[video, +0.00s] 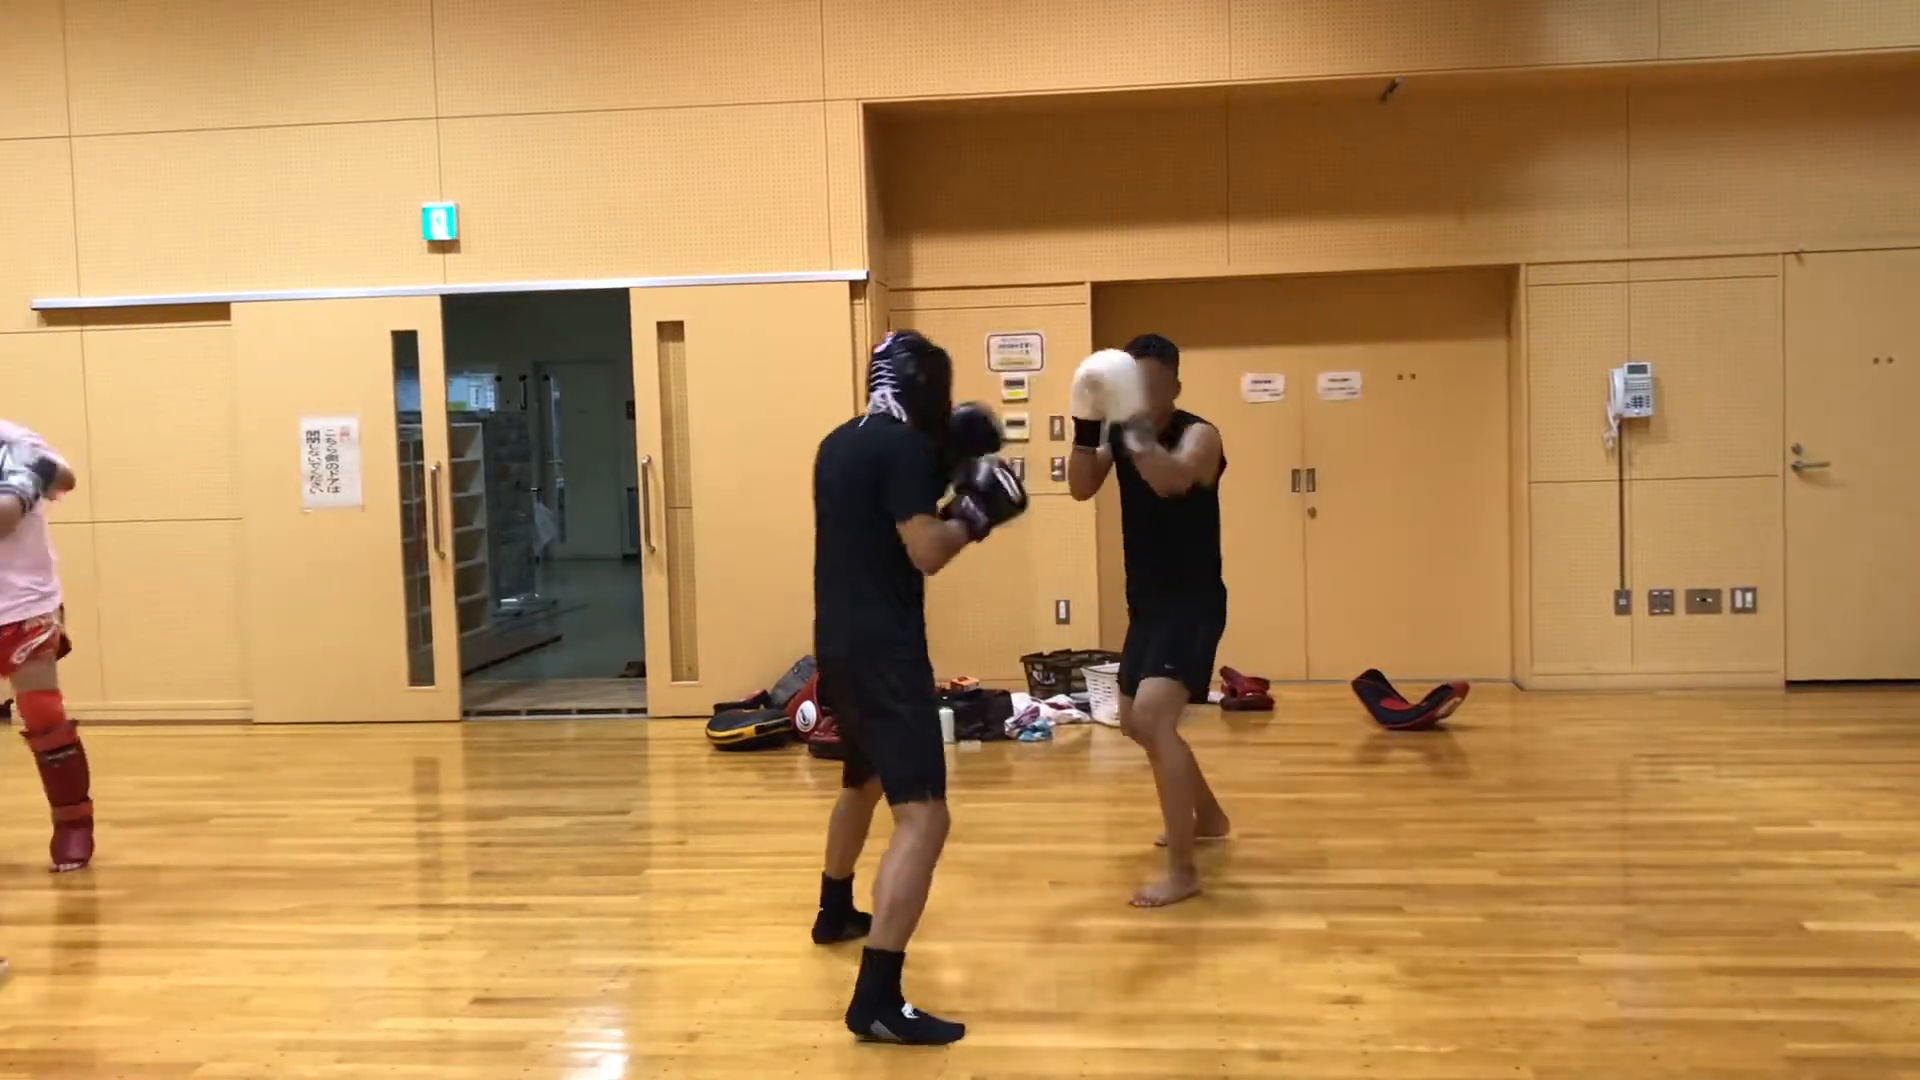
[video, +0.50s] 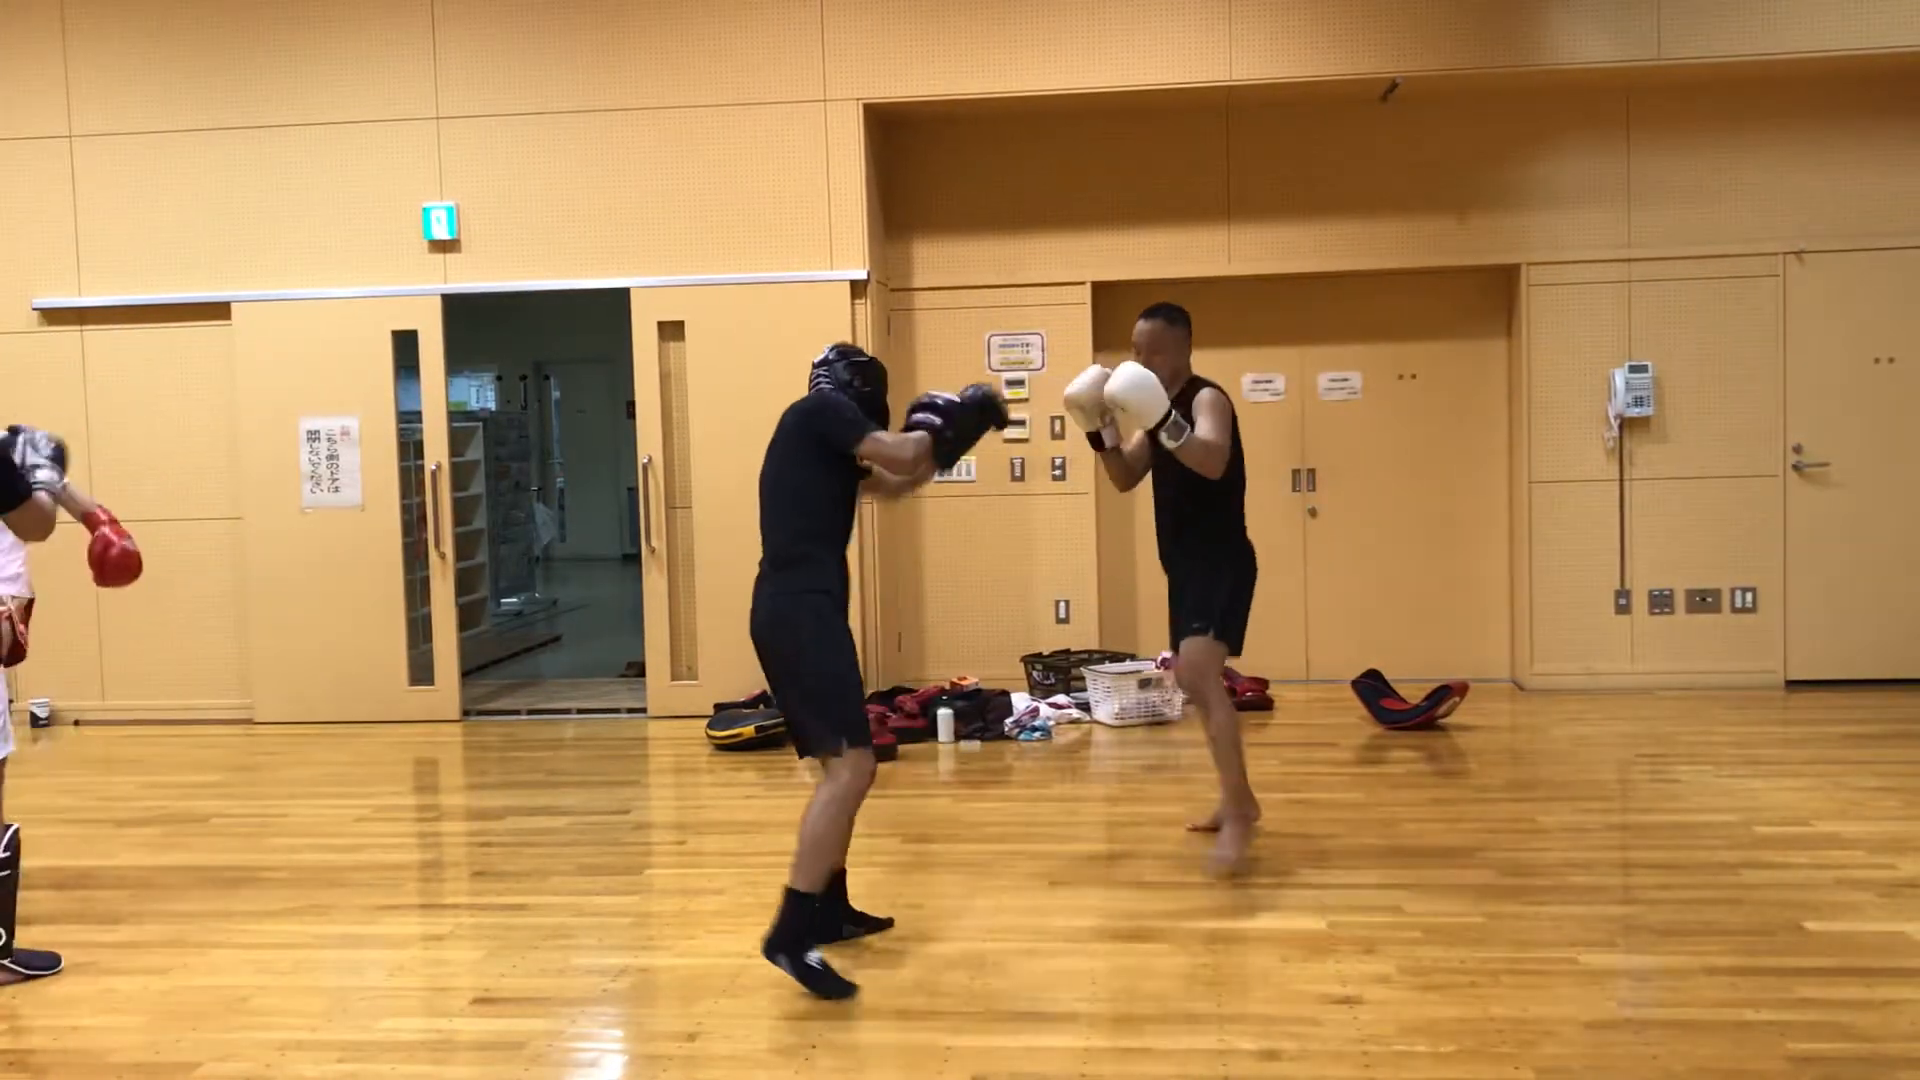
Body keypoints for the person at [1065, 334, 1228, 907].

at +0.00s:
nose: (1142, 401)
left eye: (1153, 390)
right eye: (1135, 390)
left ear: (1176, 387)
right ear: (1125, 392)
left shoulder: (1199, 436)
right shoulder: (1118, 437)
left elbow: (1171, 482)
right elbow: (1081, 488)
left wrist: (1135, 433)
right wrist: (1086, 423)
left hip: (1193, 600)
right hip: (1146, 602)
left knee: (1154, 718)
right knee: (1135, 719)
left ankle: (1182, 871)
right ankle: (1208, 817)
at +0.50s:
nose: (1143, 365)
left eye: (1151, 355)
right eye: (1138, 355)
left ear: (1181, 350)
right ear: (1139, 352)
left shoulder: (1207, 400)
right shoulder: (1160, 411)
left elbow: (1213, 463)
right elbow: (1126, 477)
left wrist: (1164, 419)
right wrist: (1097, 425)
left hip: (1219, 561)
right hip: (1186, 564)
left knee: (1199, 674)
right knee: (1196, 678)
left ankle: (1237, 812)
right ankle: (1237, 799)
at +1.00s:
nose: (1145, 388)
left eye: (1155, 378)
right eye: (1141, 378)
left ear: (1186, 374)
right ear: (1139, 376)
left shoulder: (1210, 429)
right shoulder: (1161, 433)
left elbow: (1202, 503)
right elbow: (1140, 504)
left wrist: (1148, 471)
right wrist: (1099, 473)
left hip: (1217, 581)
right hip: (1186, 581)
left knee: (1158, 682)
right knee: (1202, 690)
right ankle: (1275, 791)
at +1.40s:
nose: (1101, 408)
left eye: (1107, 397)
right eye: (1097, 399)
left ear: (1139, 386)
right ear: (1119, 394)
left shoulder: (1159, 436)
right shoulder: (1133, 435)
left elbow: (1107, 492)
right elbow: (1083, 481)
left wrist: (1072, 437)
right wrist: (1069, 431)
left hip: (1169, 597)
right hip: (1168, 594)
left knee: (1098, 693)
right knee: (1181, 698)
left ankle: (1112, 835)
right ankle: (1265, 794)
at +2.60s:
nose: (1136, 394)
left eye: (1140, 382)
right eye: (1134, 385)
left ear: (1170, 372)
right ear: (1185, 372)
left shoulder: (1184, 424)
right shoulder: (1226, 416)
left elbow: (1124, 490)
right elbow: (1180, 482)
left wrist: (1084, 438)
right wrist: (1137, 437)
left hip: (1197, 592)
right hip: (1248, 589)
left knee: (1139, 698)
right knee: (1262, 701)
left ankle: (1150, 837)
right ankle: (1323, 819)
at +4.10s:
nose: (1157, 380)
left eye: (1157, 371)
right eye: (1158, 371)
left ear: (1165, 371)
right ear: (1212, 361)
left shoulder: (1167, 430)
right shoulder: (1270, 409)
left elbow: (1114, 501)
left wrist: (1102, 454)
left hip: (1205, 602)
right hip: (1277, 596)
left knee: (1166, 721)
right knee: (1312, 718)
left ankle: (1164, 864)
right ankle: (1337, 845)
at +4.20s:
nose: (1185, 382)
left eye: (1184, 373)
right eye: (1184, 374)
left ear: (1191, 371)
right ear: (1241, 359)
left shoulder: (1185, 429)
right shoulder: (1295, 412)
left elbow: (1132, 502)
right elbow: (1297, 486)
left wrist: (1123, 449)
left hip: (1213, 605)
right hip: (1287, 602)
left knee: (1173, 725)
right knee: (1320, 737)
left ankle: (1163, 866)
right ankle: (1335, 871)